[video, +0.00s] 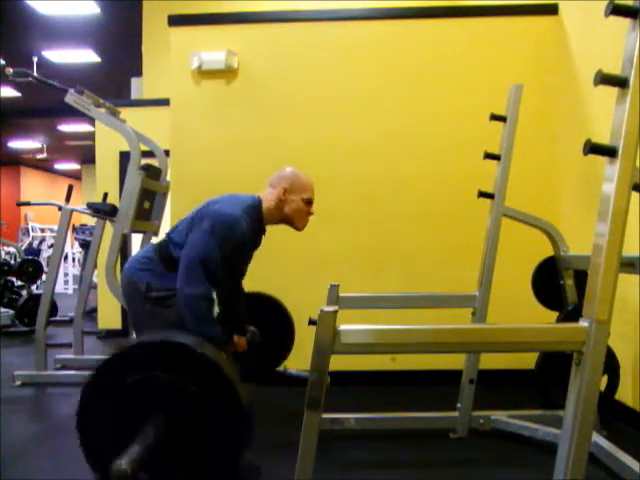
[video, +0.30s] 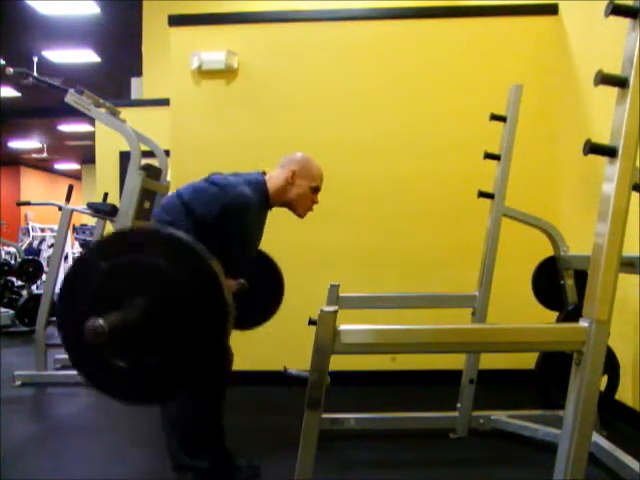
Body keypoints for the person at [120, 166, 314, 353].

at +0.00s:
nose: (311, 211)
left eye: (312, 204)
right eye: (307, 202)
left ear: (282, 196)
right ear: (282, 195)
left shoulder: (250, 224)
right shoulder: (229, 218)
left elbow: (230, 284)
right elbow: (192, 286)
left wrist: (238, 330)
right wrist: (218, 340)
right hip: (147, 284)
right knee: (166, 365)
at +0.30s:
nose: (316, 200)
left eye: (318, 193)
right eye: (314, 190)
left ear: (291, 180)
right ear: (291, 178)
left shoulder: (253, 205)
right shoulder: (236, 195)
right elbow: (168, 220)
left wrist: (226, 281)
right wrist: (214, 278)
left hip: (193, 301)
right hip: (173, 297)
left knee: (207, 376)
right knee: (192, 378)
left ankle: (207, 460)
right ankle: (197, 462)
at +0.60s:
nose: (315, 208)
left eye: (317, 200)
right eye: (313, 197)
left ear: (289, 186)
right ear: (291, 186)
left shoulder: (254, 216)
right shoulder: (235, 208)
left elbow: (225, 274)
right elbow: (180, 257)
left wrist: (231, 302)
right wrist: (218, 307)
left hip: (174, 289)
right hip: (154, 287)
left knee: (198, 373)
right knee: (192, 374)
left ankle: (202, 458)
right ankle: (201, 461)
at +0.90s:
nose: (316, 217)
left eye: (317, 208)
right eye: (313, 207)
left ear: (288, 200)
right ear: (288, 199)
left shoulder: (255, 232)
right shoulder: (238, 227)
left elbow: (236, 299)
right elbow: (208, 299)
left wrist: (234, 350)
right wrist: (215, 362)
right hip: (151, 283)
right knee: (172, 368)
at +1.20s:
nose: (320, 221)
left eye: (320, 214)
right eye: (315, 213)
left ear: (291, 208)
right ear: (291, 207)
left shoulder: (259, 243)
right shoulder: (244, 239)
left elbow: (246, 314)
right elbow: (222, 313)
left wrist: (243, 369)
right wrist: (221, 382)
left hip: (175, 286)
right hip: (155, 282)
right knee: (187, 370)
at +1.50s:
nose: (309, 211)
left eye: (310, 203)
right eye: (306, 201)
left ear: (281, 193)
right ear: (282, 193)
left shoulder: (249, 223)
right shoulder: (231, 218)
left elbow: (231, 288)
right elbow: (200, 288)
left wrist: (238, 336)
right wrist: (216, 346)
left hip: (171, 282)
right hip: (150, 281)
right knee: (171, 362)